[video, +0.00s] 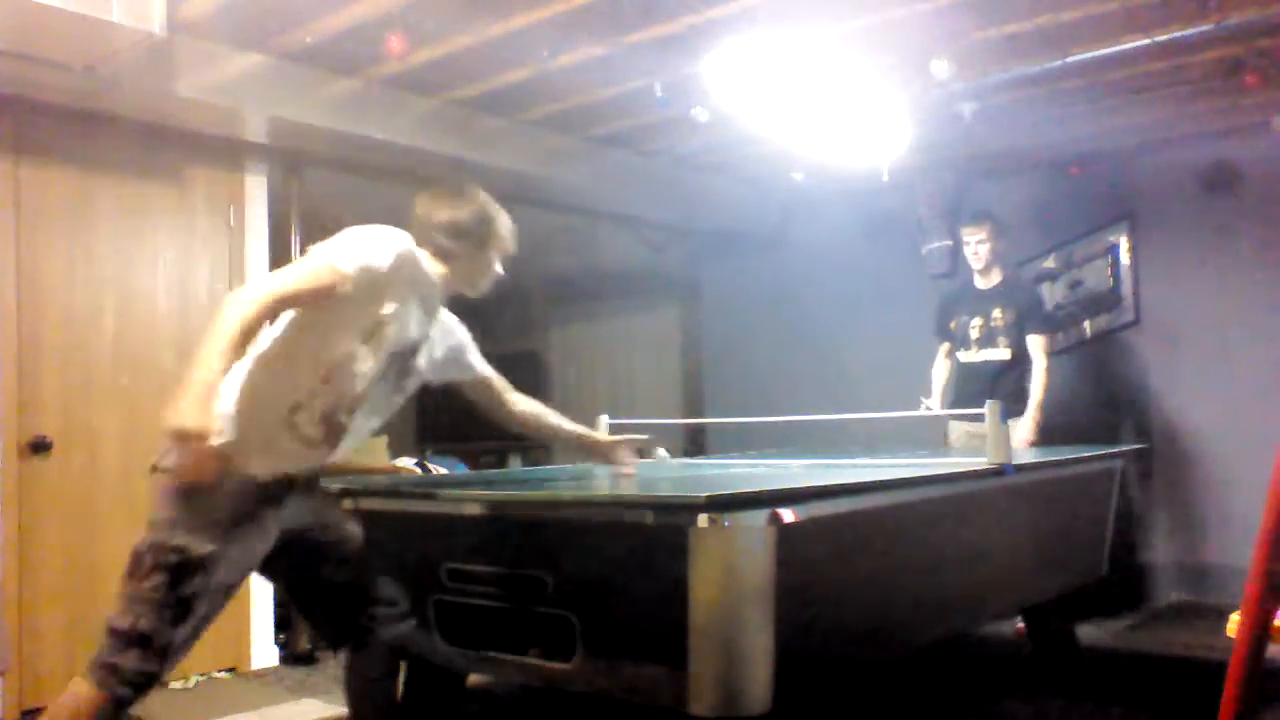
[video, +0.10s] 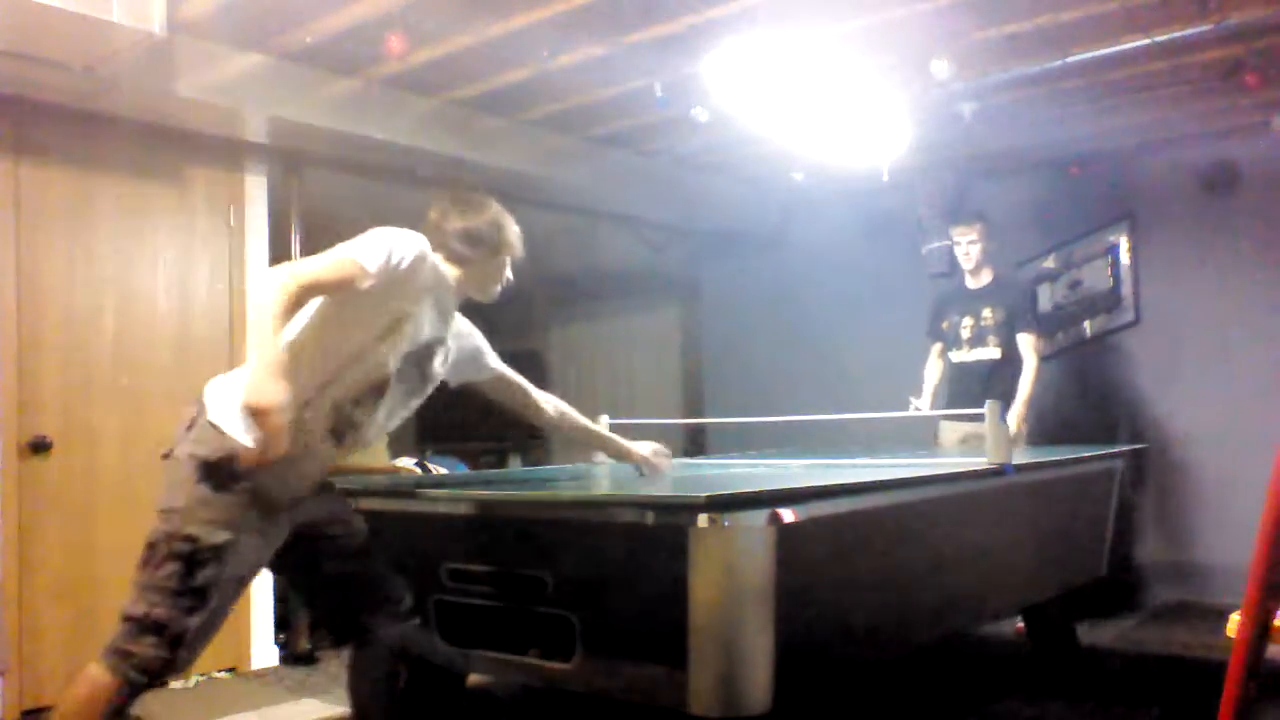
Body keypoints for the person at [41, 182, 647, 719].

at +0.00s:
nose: (500, 273)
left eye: (503, 261)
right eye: (496, 257)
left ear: (462, 250)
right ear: (463, 240)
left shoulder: (442, 333)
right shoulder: (388, 253)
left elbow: (509, 406)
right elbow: (251, 300)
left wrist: (600, 442)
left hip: (298, 491)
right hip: (224, 476)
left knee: (382, 632)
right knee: (126, 671)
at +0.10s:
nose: (511, 277)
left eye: (513, 265)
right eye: (506, 260)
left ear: (473, 258)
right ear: (469, 245)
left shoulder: (459, 339)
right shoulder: (408, 254)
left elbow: (537, 405)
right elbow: (281, 283)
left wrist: (623, 445)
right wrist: (264, 380)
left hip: (302, 491)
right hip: (234, 461)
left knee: (386, 622)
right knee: (144, 655)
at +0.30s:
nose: (487, 239)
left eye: (489, 228)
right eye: (483, 223)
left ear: (445, 216)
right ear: (449, 209)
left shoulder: (434, 308)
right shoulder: (389, 227)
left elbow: (484, 406)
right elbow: (279, 272)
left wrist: (579, 456)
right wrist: (344, 346)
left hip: (310, 463)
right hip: (246, 441)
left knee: (368, 622)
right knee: (190, 641)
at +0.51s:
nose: (422, 185)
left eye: (420, 175)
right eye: (411, 172)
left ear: (390, 194)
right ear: (379, 177)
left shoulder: (398, 273)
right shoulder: (325, 210)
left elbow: (498, 312)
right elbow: (215, 262)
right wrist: (313, 339)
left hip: (286, 457)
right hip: (219, 443)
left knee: (338, 635)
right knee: (214, 643)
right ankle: (105, 719)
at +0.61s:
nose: (379, 172)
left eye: (374, 161)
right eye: (365, 157)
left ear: (352, 180)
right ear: (329, 164)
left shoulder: (365, 264)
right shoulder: (276, 212)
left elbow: (477, 273)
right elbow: (174, 281)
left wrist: (588, 264)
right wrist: (282, 352)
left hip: (265, 461)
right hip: (195, 450)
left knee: (328, 641)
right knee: (201, 649)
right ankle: (106, 718)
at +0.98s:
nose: (223, 150)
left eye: (218, 138)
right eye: (212, 137)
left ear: (174, 147)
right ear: (180, 145)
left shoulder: (198, 254)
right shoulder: (93, 210)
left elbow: (175, 365)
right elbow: (8, 306)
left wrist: (172, 391)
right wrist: (82, 399)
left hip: (168, 447)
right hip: (92, 445)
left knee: (246, 610)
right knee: (108, 643)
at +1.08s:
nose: (204, 144)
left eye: (199, 132)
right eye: (193, 131)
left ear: (155, 143)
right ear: (162, 142)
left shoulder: (176, 240)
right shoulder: (69, 206)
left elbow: (156, 343)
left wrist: (177, 368)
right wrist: (44, 384)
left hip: (154, 438)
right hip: (81, 439)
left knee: (213, 602)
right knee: (91, 636)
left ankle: (177, 715)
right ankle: (72, 715)